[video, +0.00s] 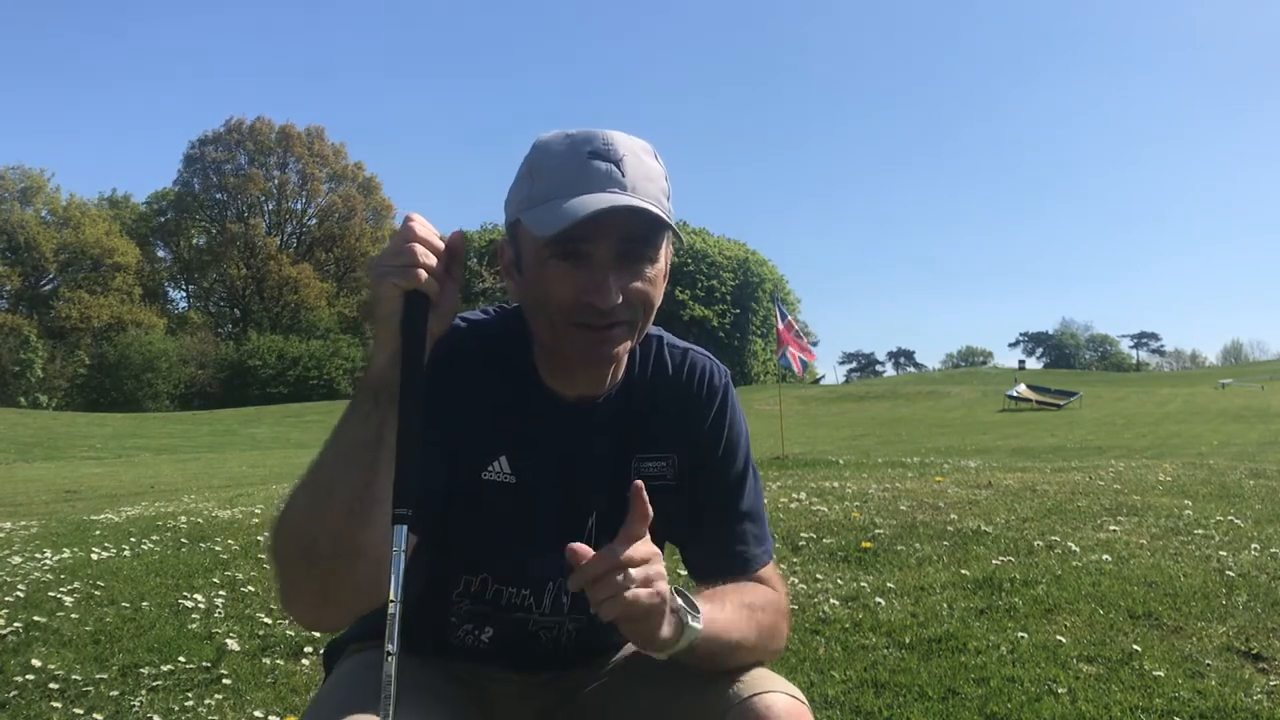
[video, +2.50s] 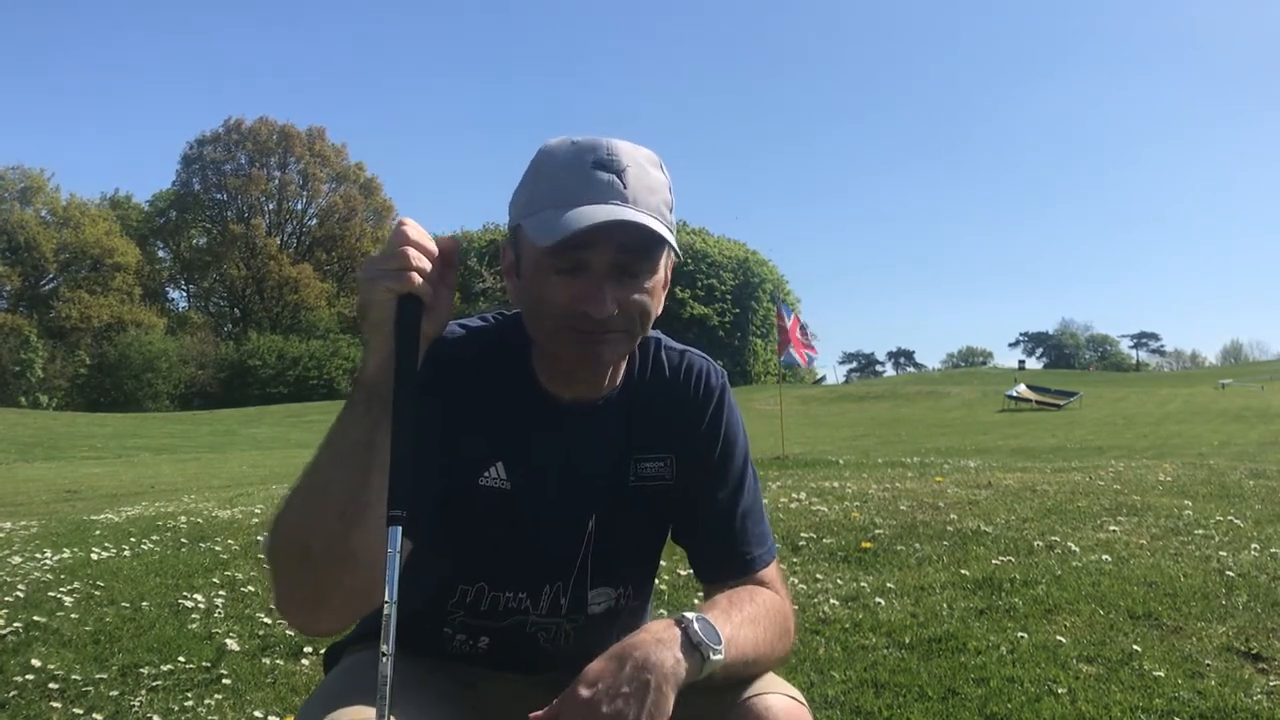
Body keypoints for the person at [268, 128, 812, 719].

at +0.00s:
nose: (607, 292)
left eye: (636, 254)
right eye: (570, 253)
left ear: (666, 268)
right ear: (509, 263)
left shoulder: (693, 388)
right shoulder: (441, 367)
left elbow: (763, 613)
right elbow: (316, 602)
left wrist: (676, 618)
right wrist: (388, 365)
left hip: (609, 668)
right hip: (435, 668)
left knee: (776, 709)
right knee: (351, 710)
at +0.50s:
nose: (617, 289)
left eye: (647, 251)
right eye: (584, 248)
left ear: (679, 268)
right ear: (525, 259)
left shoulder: (701, 390)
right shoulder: (451, 364)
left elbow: (769, 615)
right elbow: (314, 600)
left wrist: (636, 637)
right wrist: (388, 364)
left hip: (608, 672)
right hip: (436, 665)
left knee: (777, 708)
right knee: (357, 707)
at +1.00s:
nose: (605, 282)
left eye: (638, 249)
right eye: (576, 243)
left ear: (675, 277)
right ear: (521, 260)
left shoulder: (700, 395)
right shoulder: (449, 366)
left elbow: (774, 626)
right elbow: (320, 603)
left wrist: (688, 610)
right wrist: (393, 363)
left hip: (615, 667)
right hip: (440, 665)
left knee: (773, 708)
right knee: (355, 709)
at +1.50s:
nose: (606, 289)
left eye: (637, 254)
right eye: (574, 249)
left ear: (673, 275)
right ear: (520, 259)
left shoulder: (696, 391)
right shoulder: (443, 367)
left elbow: (769, 610)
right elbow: (310, 603)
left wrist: (655, 653)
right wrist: (388, 364)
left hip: (611, 672)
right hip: (434, 667)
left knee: (778, 711)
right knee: (354, 715)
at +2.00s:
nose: (596, 289)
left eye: (626, 254)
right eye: (564, 253)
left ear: (663, 275)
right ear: (510, 263)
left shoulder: (689, 390)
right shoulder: (437, 369)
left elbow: (765, 607)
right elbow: (303, 606)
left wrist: (668, 647)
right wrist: (377, 367)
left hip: (612, 670)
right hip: (432, 669)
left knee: (778, 711)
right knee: (346, 715)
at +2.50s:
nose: (600, 302)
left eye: (630, 270)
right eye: (568, 266)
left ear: (665, 280)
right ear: (511, 267)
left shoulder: (689, 391)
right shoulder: (437, 371)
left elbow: (764, 604)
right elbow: (310, 608)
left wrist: (676, 645)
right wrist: (382, 370)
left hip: (612, 670)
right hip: (432, 668)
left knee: (778, 709)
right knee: (344, 711)